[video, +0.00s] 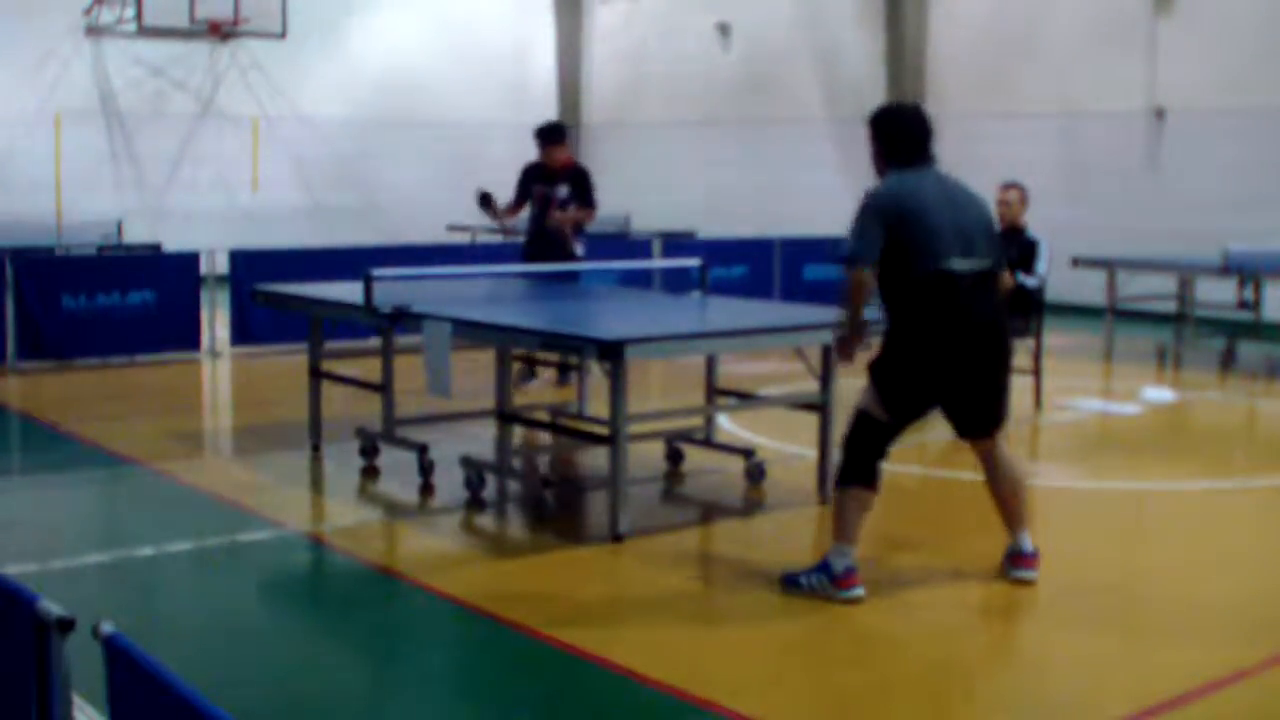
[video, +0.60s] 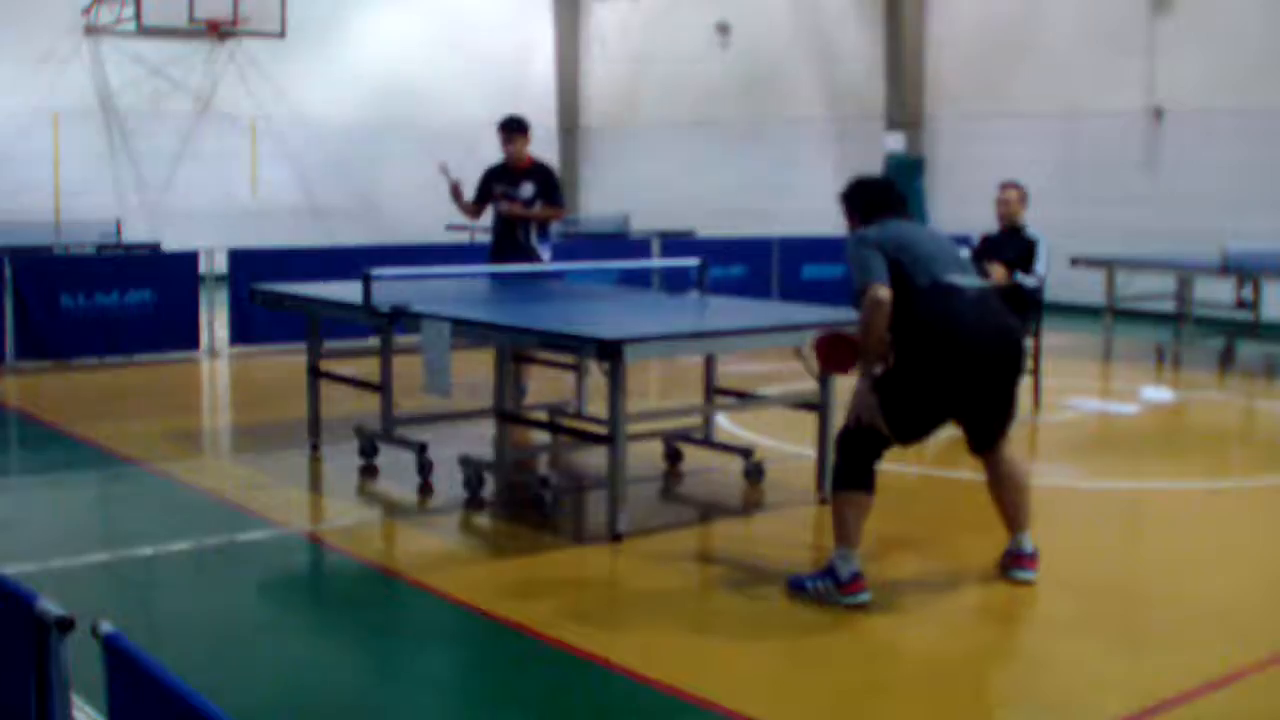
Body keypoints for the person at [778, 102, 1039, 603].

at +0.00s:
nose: (871, 155)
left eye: (874, 147)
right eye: (873, 146)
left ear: (881, 150)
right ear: (927, 144)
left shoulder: (883, 201)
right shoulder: (968, 198)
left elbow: (860, 276)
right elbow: (1002, 280)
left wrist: (851, 330)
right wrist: (965, 311)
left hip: (917, 351)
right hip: (982, 350)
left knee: (864, 441)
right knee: (990, 444)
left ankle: (841, 562)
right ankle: (1022, 548)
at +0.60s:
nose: (848, 226)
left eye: (848, 218)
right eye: (846, 218)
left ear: (857, 216)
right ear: (899, 206)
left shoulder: (867, 239)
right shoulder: (934, 237)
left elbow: (879, 297)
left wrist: (868, 369)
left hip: (935, 352)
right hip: (999, 347)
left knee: (856, 445)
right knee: (993, 443)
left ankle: (844, 567)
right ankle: (1023, 547)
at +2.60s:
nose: (848, 208)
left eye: (847, 200)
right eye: (846, 200)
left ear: (856, 198)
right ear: (898, 188)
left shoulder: (870, 222)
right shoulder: (931, 218)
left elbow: (884, 279)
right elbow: (931, 277)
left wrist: (879, 359)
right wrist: (850, 286)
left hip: (938, 341)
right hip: (999, 337)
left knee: (861, 434)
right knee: (994, 431)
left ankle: (845, 557)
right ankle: (1022, 537)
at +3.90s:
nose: (860, 192)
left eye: (861, 185)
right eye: (862, 185)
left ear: (869, 184)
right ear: (914, 180)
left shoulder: (875, 216)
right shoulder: (944, 213)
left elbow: (877, 280)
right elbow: (987, 267)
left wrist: (875, 361)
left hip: (935, 339)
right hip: (996, 338)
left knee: (861, 435)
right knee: (994, 431)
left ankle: (843, 556)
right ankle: (1020, 535)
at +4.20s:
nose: (868, 201)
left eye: (868, 193)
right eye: (868, 193)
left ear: (877, 191)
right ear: (920, 185)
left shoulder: (886, 223)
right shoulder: (955, 220)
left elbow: (889, 287)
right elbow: (996, 279)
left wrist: (883, 370)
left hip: (942, 351)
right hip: (1001, 349)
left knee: (871, 447)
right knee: (996, 442)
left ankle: (844, 567)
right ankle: (1021, 547)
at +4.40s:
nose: (908, 196)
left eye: (910, 185)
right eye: (908, 185)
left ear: (923, 185)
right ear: (969, 177)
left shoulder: (937, 222)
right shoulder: (1011, 213)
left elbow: (951, 299)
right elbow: (1016, 300)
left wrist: (941, 393)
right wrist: (921, 310)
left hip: (1010, 361)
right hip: (1076, 357)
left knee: (927, 478)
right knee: (1061, 481)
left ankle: (889, 623)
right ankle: (1088, 607)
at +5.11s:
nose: (907, 220)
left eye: (905, 209)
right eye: (903, 209)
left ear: (920, 201)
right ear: (952, 185)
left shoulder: (952, 227)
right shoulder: (1002, 217)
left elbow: (947, 302)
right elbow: (1033, 300)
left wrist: (900, 388)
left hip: (1002, 379)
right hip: (1045, 377)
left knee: (920, 489)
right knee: (981, 473)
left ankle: (900, 628)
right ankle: (1009, 587)